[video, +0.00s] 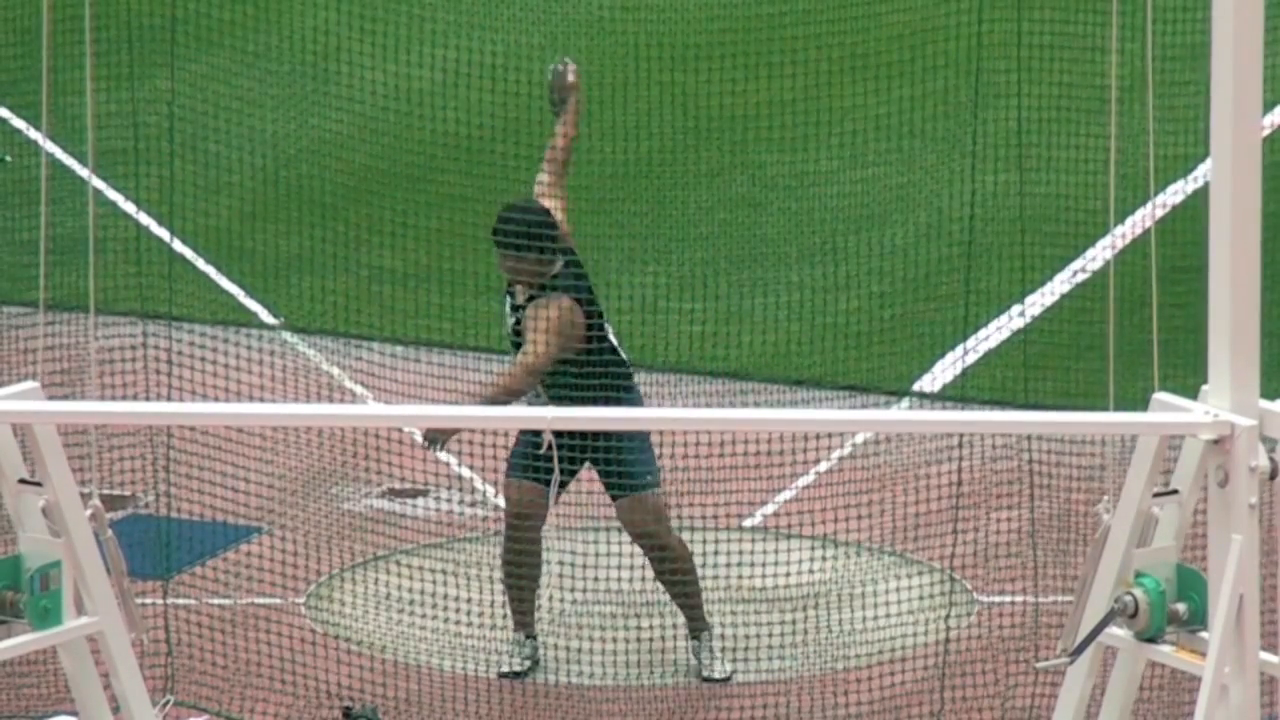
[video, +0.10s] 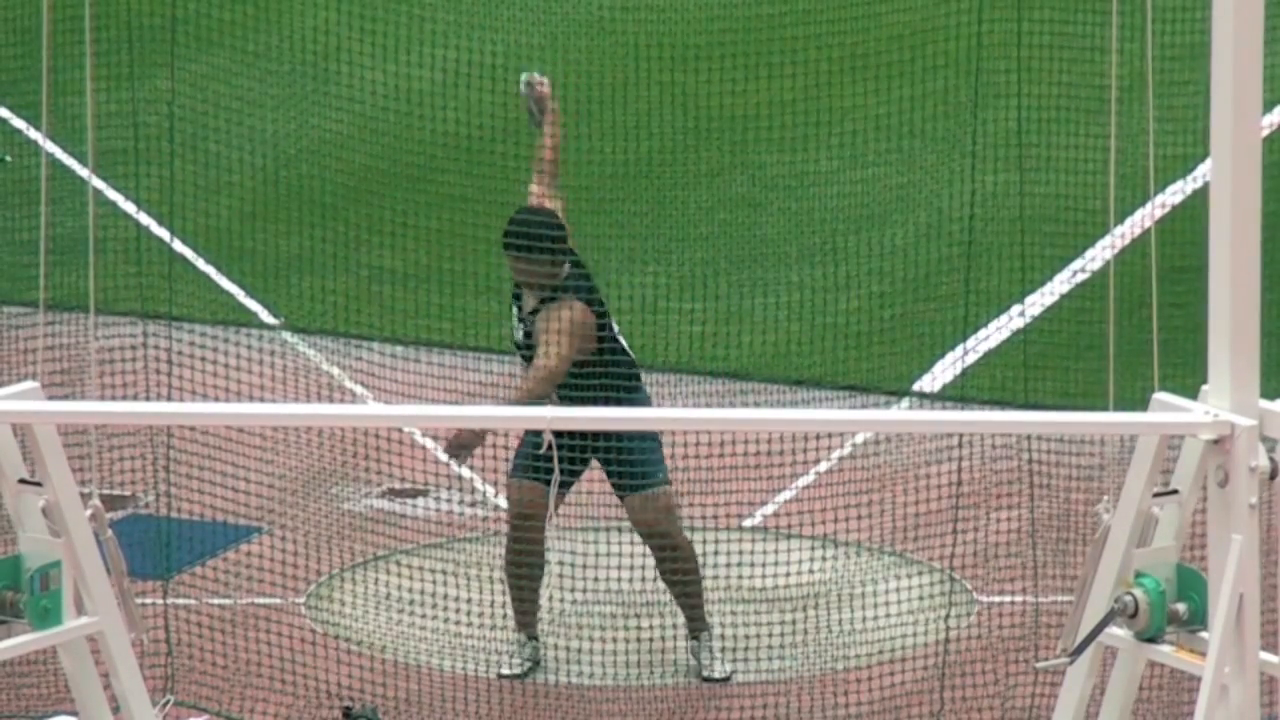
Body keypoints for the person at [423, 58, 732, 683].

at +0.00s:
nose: (503, 266)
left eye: (512, 259)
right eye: (502, 257)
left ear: (539, 257)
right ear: (514, 249)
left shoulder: (557, 308)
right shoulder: (544, 236)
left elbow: (520, 378)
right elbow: (552, 176)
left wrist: (456, 418)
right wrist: (568, 113)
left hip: (614, 421)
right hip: (555, 418)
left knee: (649, 529)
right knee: (520, 515)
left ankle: (702, 636)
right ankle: (524, 640)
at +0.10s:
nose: (522, 275)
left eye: (533, 267)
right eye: (517, 265)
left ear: (555, 263)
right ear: (513, 254)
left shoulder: (570, 311)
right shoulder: (538, 244)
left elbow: (540, 381)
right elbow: (544, 178)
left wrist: (479, 425)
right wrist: (548, 118)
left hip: (621, 416)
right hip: (559, 414)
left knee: (660, 527)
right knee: (523, 514)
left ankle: (702, 637)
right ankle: (527, 638)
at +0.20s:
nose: (551, 275)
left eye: (561, 267)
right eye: (543, 266)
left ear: (579, 268)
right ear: (531, 265)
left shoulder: (593, 317)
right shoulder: (535, 274)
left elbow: (584, 386)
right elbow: (525, 199)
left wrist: (551, 433)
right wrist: (517, 149)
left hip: (627, 420)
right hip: (564, 417)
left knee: (674, 518)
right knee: (523, 513)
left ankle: (698, 642)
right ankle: (527, 641)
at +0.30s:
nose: (597, 277)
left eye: (604, 268)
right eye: (587, 268)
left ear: (616, 267)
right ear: (568, 266)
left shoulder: (629, 316)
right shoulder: (548, 276)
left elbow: (658, 375)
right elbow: (511, 245)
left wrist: (666, 427)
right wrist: (481, 218)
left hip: (631, 425)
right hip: (564, 421)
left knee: (693, 513)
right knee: (522, 517)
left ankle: (687, 644)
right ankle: (528, 641)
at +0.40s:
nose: (662, 267)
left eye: (660, 258)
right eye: (652, 260)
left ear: (654, 261)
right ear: (621, 266)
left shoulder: (677, 307)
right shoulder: (571, 296)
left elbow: (747, 341)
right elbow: (506, 307)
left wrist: (807, 376)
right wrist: (453, 316)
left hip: (635, 439)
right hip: (566, 437)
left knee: (706, 517)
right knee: (524, 531)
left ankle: (685, 653)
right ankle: (528, 641)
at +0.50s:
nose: (701, 261)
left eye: (698, 254)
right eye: (693, 255)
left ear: (671, 265)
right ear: (667, 266)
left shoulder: (706, 296)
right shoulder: (611, 317)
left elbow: (772, 292)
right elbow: (538, 374)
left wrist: (842, 289)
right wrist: (484, 417)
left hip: (641, 452)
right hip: (589, 445)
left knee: (717, 532)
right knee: (571, 534)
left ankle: (698, 655)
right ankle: (504, 620)